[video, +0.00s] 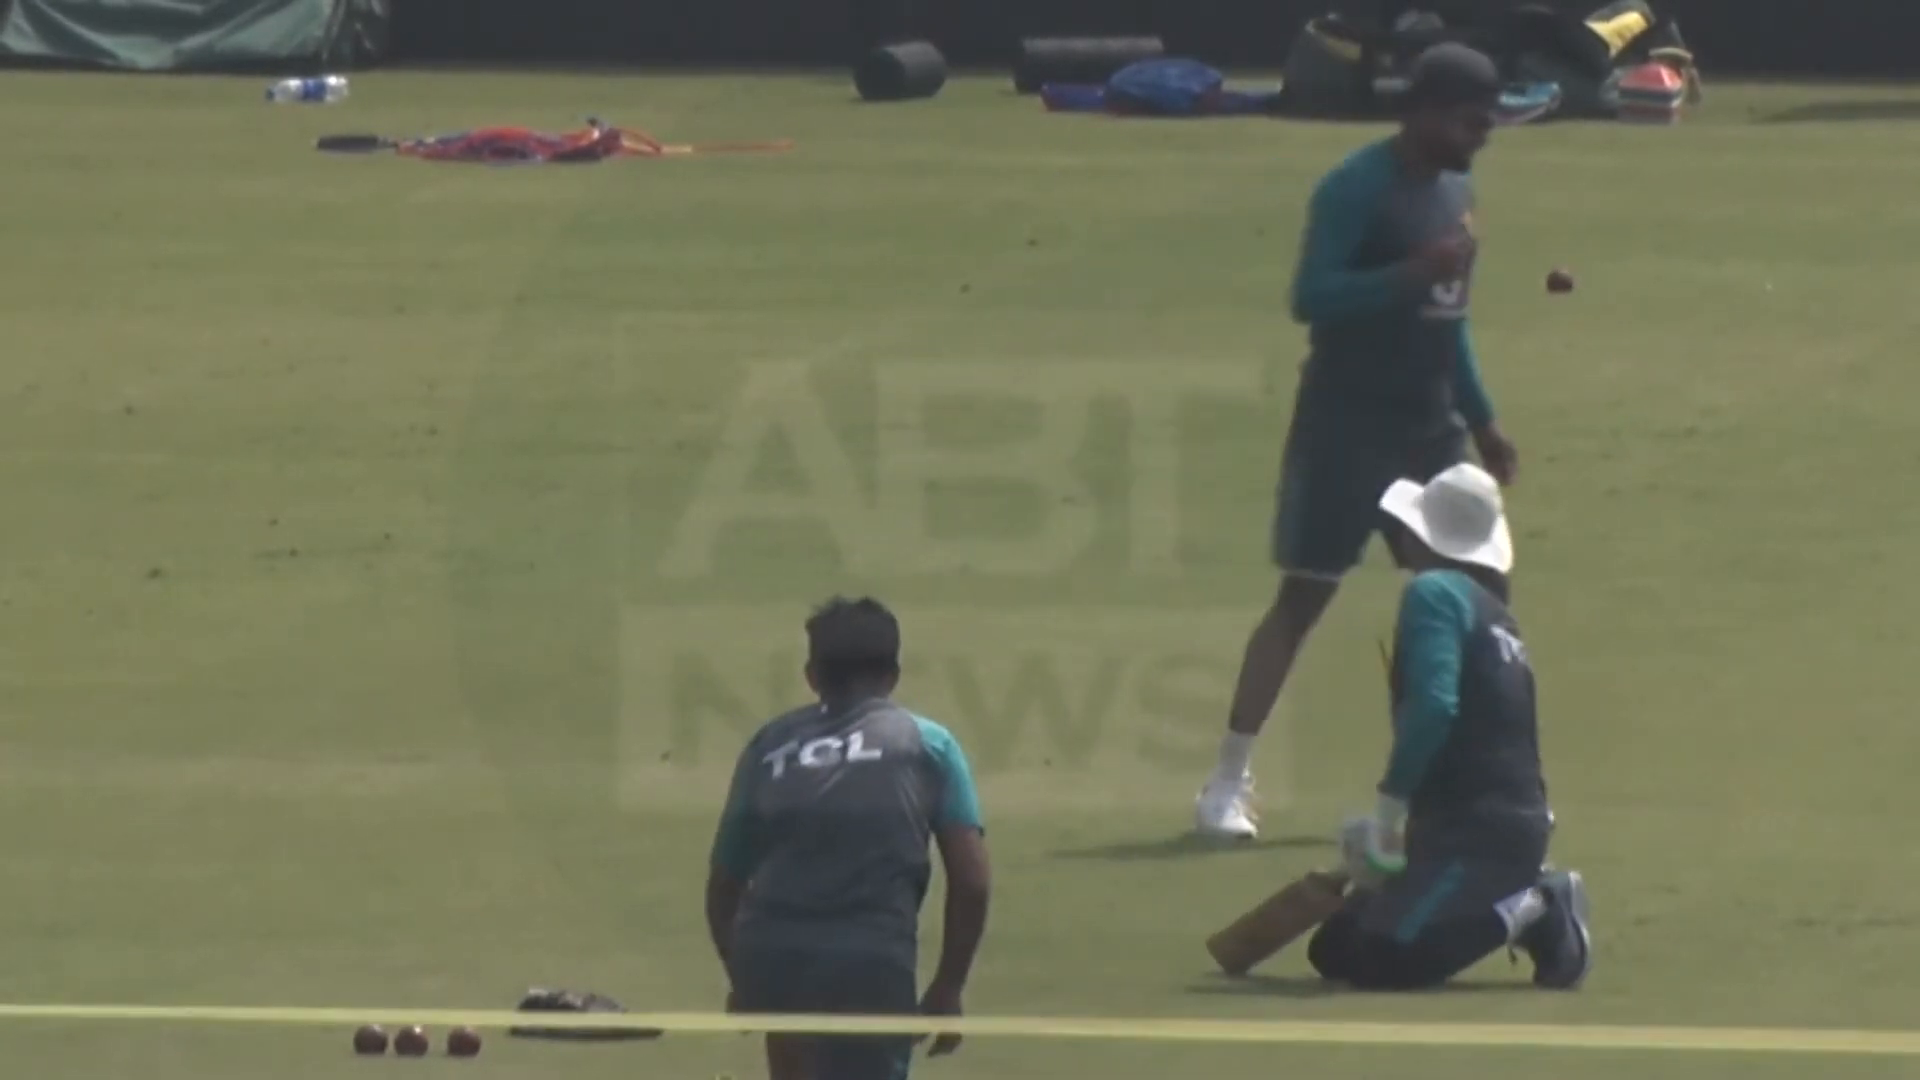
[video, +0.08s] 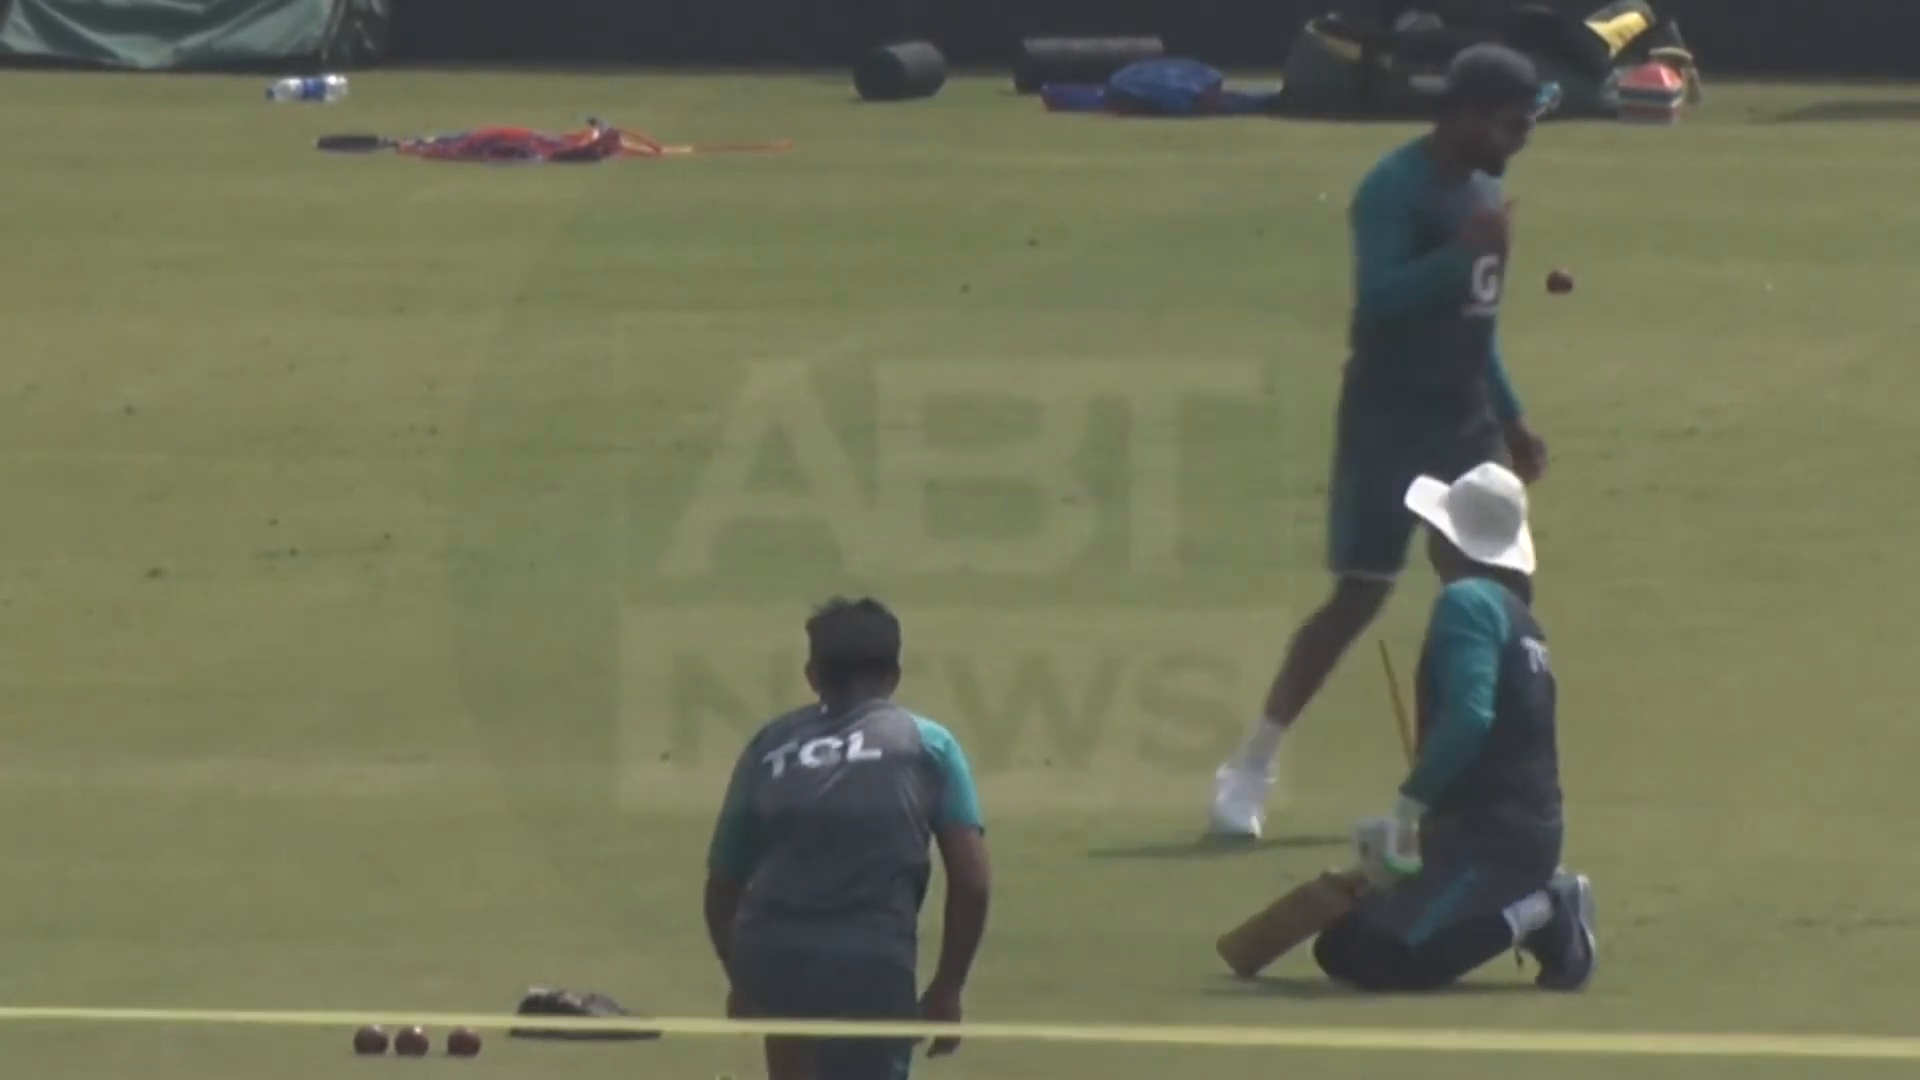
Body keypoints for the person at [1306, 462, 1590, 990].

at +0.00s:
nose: (1393, 536)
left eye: (1404, 527)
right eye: (1397, 525)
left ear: (1430, 536)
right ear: (1472, 543)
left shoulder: (1436, 590)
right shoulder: (1486, 609)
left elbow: (1436, 705)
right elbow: (1467, 749)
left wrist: (1389, 808)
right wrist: (1388, 841)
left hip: (1481, 836)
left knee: (1370, 964)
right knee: (1338, 950)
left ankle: (1533, 909)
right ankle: (1531, 904)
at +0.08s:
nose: (1429, 541)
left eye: (1435, 530)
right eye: (1431, 528)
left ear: (1452, 540)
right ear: (1501, 544)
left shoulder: (1467, 599)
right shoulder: (1513, 612)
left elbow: (1470, 718)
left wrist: (1406, 810)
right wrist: (1408, 837)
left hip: (1494, 846)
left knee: (1371, 961)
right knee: (1349, 947)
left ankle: (1541, 912)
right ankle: (1541, 906)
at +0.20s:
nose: (1454, 557)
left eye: (1464, 544)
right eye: (1458, 542)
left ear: (1489, 550)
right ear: (1523, 551)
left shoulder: (1505, 614)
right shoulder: (1529, 612)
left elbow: (1498, 737)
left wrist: (1422, 811)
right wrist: (1417, 838)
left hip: (1512, 850)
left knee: (1382, 964)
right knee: (1355, 945)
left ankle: (1550, 914)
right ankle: (1539, 909)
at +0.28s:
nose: (1467, 555)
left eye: (1474, 542)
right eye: (1467, 542)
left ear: (1501, 548)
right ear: (1535, 549)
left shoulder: (1515, 617)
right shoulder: (1550, 616)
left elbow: (1500, 742)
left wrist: (1425, 816)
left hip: (1516, 853)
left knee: (1386, 965)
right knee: (1360, 940)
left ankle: (1553, 914)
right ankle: (1538, 910)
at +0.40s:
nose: (1480, 550)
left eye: (1488, 538)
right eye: (1482, 537)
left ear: (1510, 549)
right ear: (1549, 552)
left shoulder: (1523, 620)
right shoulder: (1569, 617)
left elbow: (1501, 744)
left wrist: (1425, 820)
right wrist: (1421, 834)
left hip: (1515, 853)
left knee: (1384, 963)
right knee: (1364, 938)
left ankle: (1554, 915)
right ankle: (1545, 909)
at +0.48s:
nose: (1486, 548)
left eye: (1496, 536)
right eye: (1489, 535)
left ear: (1526, 548)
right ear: (1554, 550)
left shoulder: (1529, 620)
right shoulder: (1571, 616)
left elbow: (1504, 744)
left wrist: (1422, 823)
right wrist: (1427, 832)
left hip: (1516, 851)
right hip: (1541, 846)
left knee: (1381, 962)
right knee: (1366, 939)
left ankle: (1553, 915)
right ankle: (1547, 910)